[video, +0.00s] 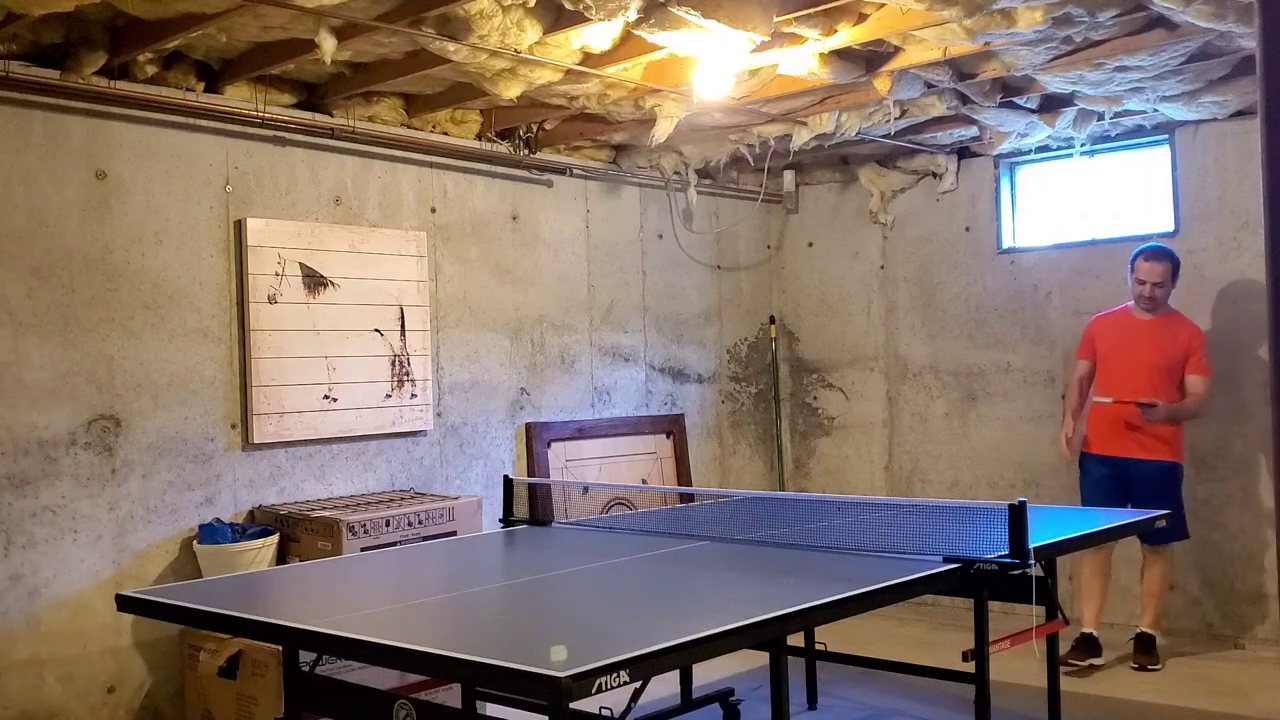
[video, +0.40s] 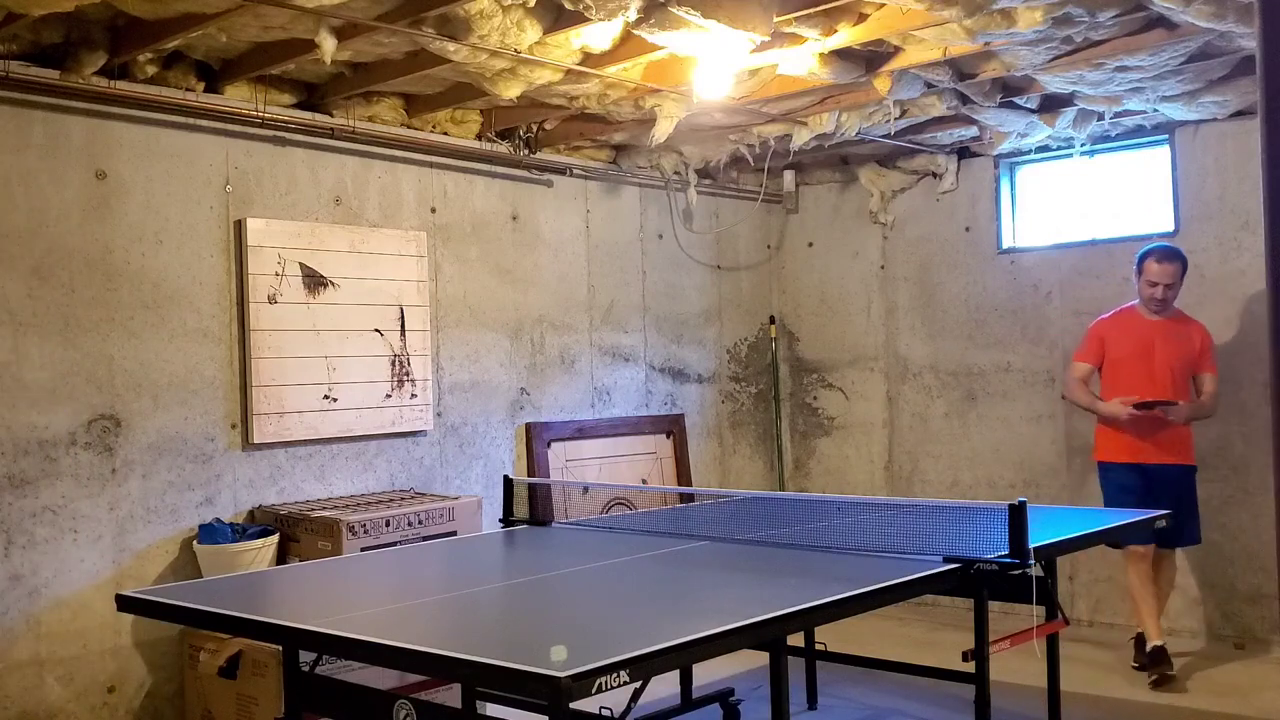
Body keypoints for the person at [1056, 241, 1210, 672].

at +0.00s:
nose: (1147, 291)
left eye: (1158, 284)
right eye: (1141, 281)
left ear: (1173, 285)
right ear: (1129, 277)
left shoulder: (1188, 333)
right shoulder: (1100, 325)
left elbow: (1196, 399)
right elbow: (1080, 380)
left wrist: (1166, 412)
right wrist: (1069, 423)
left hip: (1156, 459)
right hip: (1101, 454)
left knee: (1155, 545)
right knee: (1093, 541)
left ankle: (1146, 635)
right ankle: (1089, 636)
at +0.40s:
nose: (1159, 293)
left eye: (1169, 285)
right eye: (1151, 283)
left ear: (1181, 285)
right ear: (1137, 278)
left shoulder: (1196, 333)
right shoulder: (1107, 327)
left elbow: (1208, 401)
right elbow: (1072, 385)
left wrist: (1183, 411)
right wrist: (1104, 408)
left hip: (1174, 459)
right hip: (1122, 457)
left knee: (1164, 551)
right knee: (1138, 548)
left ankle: (1146, 639)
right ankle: (1156, 647)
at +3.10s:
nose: (1207, 297)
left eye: (1219, 291)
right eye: (1200, 286)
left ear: (1236, 289)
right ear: (1190, 277)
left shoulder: (1248, 334)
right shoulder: (1158, 320)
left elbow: (1254, 406)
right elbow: (1112, 372)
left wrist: (1208, 402)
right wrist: (1113, 409)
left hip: (1221, 460)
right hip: (1159, 457)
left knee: (1227, 555)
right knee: (1150, 550)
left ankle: (1242, 658)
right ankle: (1144, 644)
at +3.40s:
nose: (1224, 294)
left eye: (1237, 288)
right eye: (1219, 283)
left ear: (1255, 289)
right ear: (1210, 277)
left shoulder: (1264, 334)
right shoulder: (1177, 316)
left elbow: (1270, 388)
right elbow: (1133, 373)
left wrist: (1246, 391)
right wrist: (1193, 377)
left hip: (1231, 461)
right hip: (1169, 455)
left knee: (1235, 556)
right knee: (1157, 547)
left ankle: (1244, 657)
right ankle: (1157, 633)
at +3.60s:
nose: (1222, 298)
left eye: (1235, 291)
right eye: (1217, 287)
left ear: (1256, 294)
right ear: (1210, 283)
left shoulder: (1266, 342)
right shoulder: (1180, 322)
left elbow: (1271, 398)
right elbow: (1119, 368)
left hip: (1226, 461)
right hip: (1164, 454)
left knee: (1232, 556)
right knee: (1147, 543)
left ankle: (1244, 656)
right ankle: (1144, 618)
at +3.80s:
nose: (1196, 292)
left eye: (1209, 285)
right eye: (1192, 282)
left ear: (1233, 290)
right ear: (1187, 280)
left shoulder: (1253, 345)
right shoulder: (1154, 322)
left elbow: (1275, 411)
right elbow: (1091, 363)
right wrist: (1043, 406)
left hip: (1209, 465)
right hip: (1144, 457)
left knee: (1221, 557)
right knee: (1118, 544)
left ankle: (1243, 656)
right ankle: (1103, 618)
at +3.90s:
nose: (1173, 288)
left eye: (1185, 282)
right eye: (1169, 279)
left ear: (1209, 287)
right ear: (1163, 280)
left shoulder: (1232, 345)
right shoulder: (1137, 326)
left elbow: (1256, 414)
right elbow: (1086, 372)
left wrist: (1271, 462)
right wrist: (1042, 419)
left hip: (1195, 470)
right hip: (1130, 461)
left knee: (1211, 561)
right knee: (1101, 547)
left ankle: (1241, 657)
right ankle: (1079, 628)